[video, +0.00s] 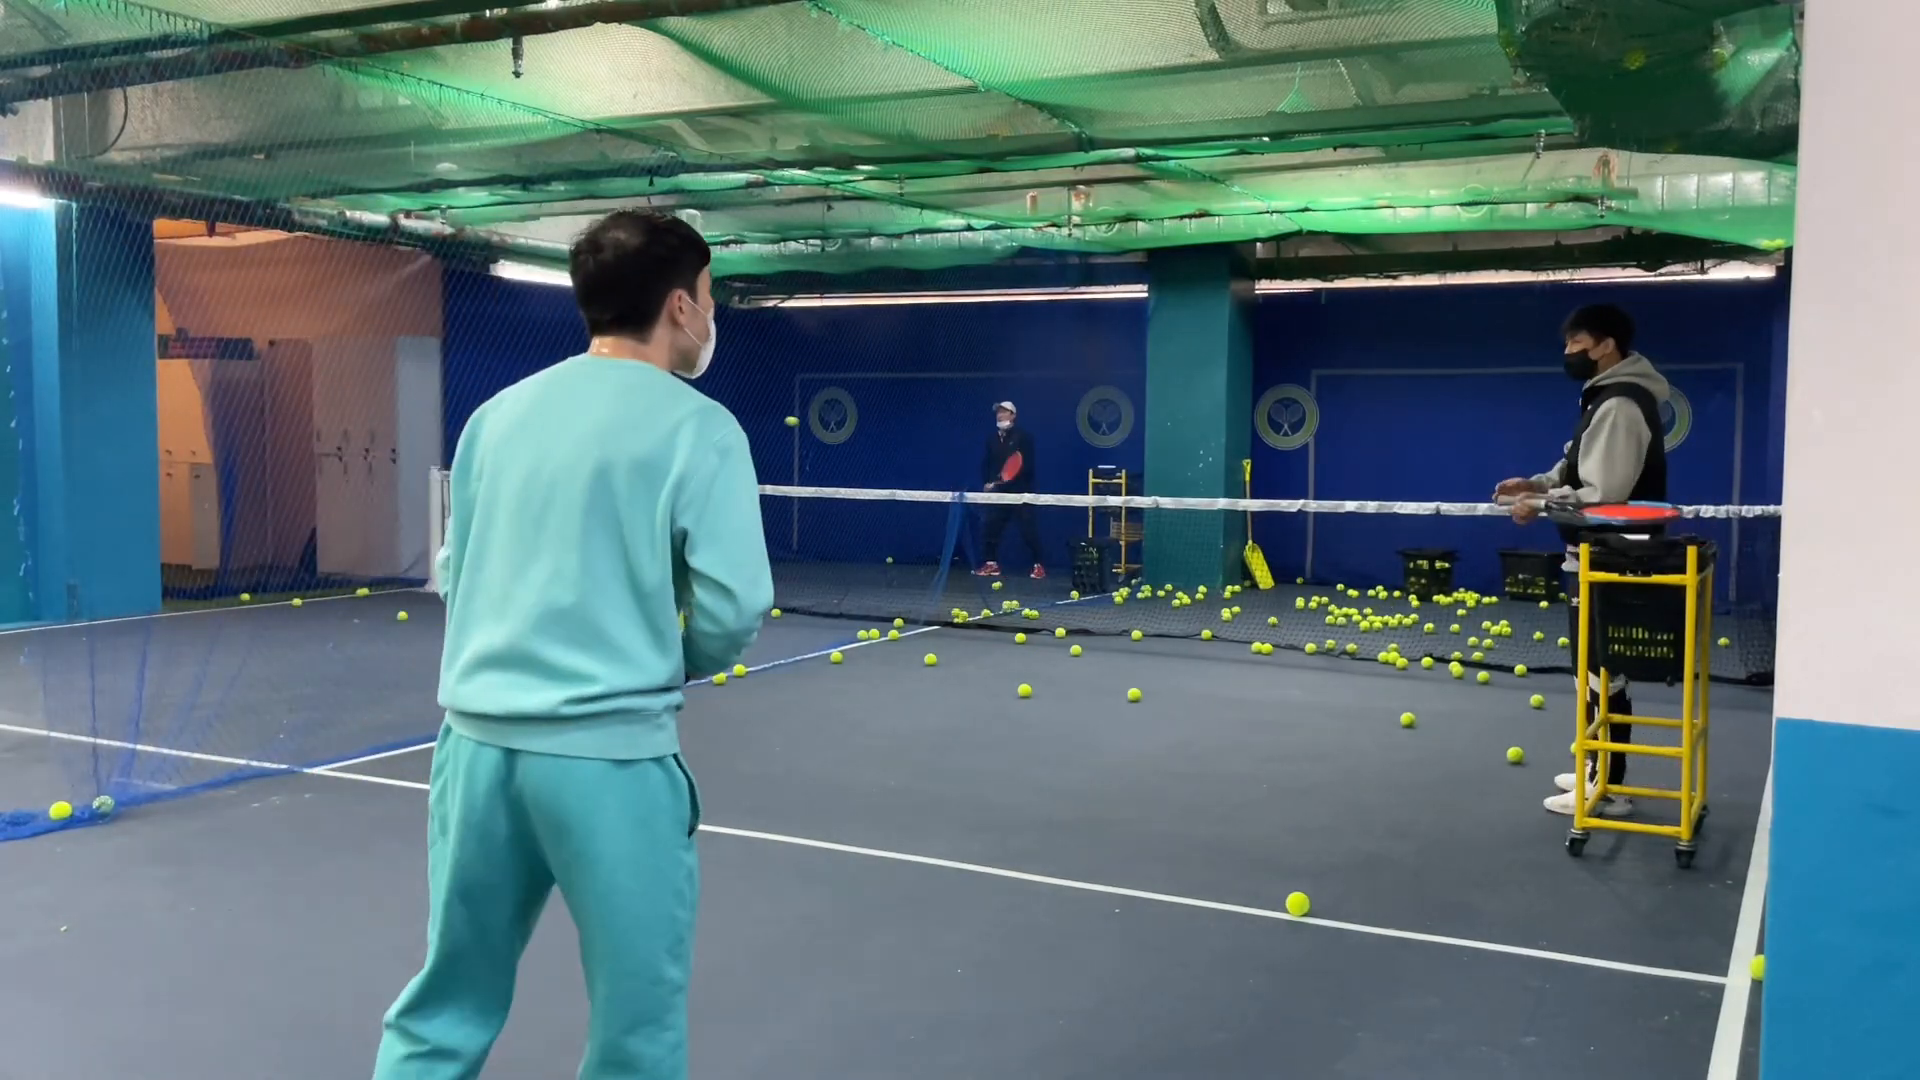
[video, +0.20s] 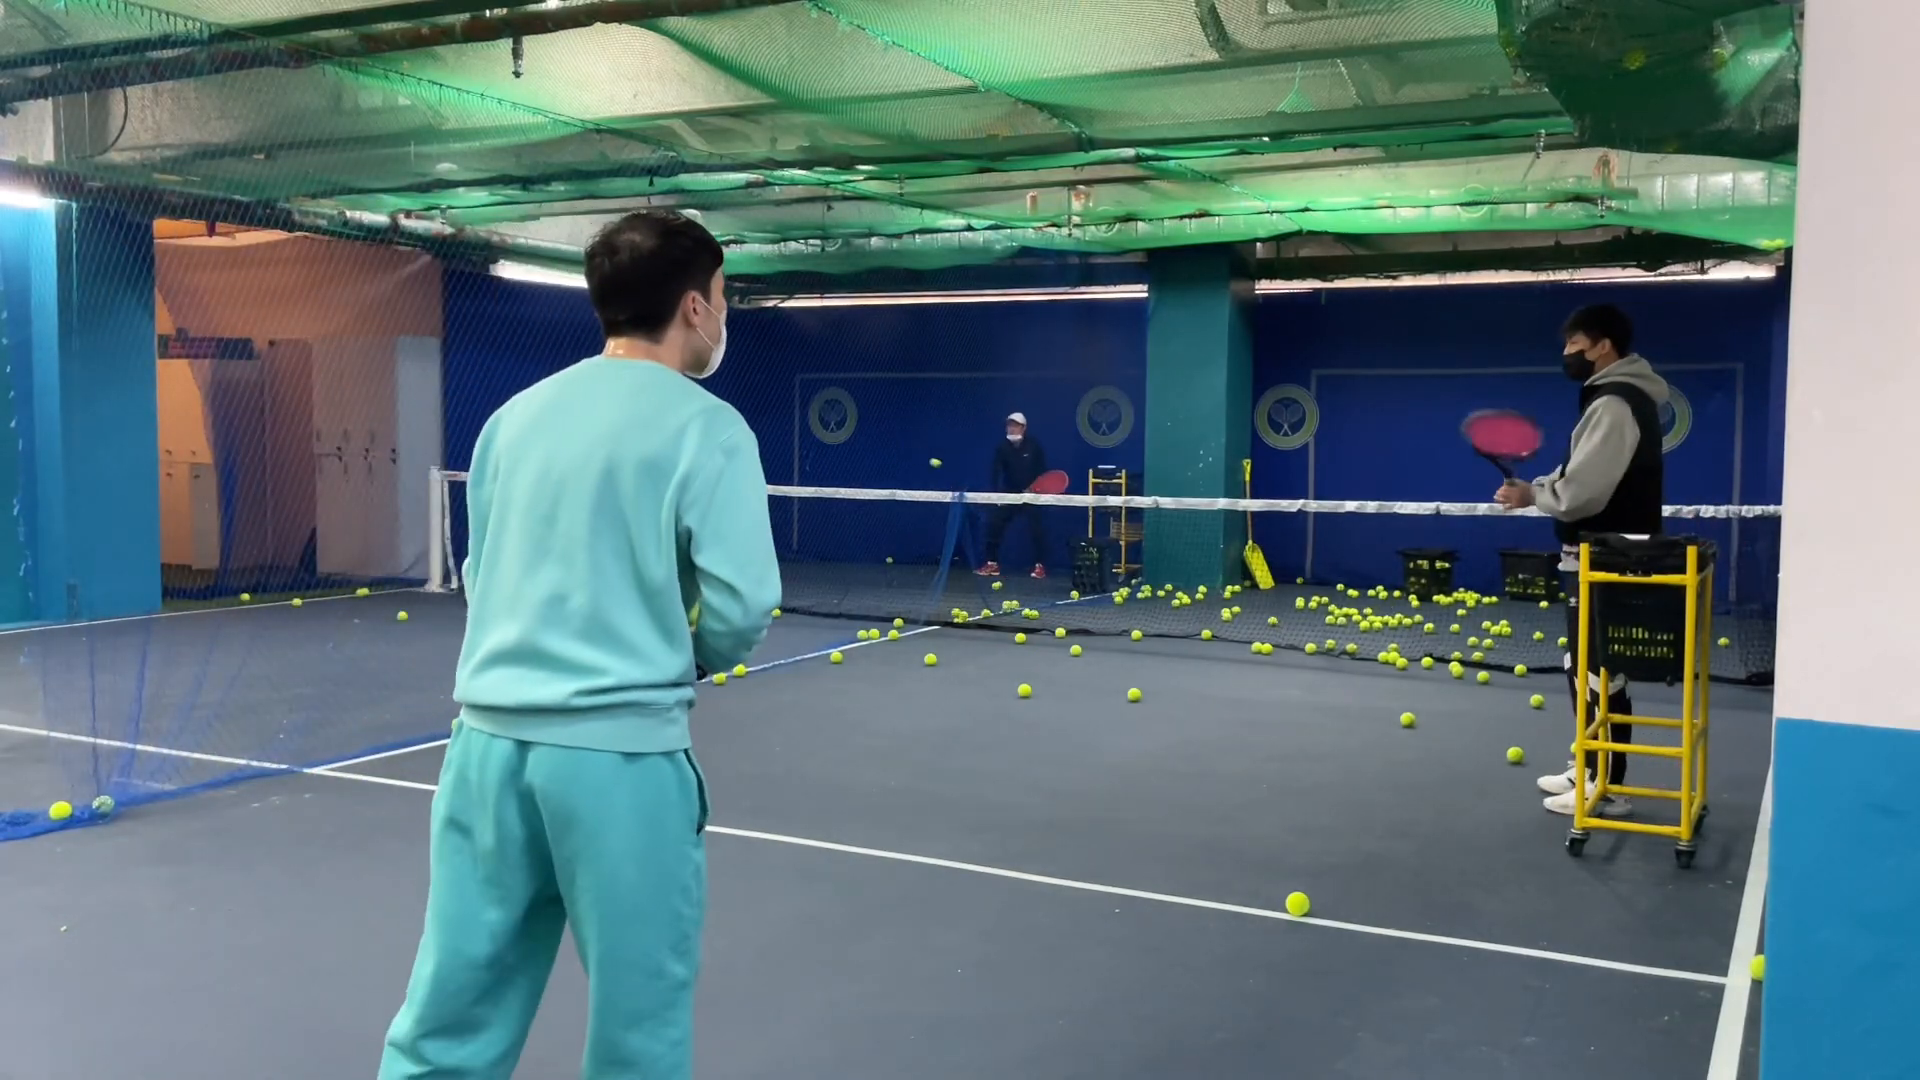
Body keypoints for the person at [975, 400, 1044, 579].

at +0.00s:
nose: (1000, 416)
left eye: (1004, 412)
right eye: (998, 413)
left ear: (1013, 415)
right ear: (995, 416)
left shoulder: (1023, 437)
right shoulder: (992, 439)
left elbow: (1027, 465)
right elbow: (986, 463)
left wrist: (1006, 480)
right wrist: (987, 481)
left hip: (1020, 488)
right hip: (998, 489)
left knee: (1028, 527)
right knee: (992, 525)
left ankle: (1037, 564)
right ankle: (991, 563)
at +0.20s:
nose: (1011, 429)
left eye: (1015, 426)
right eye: (1009, 425)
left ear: (1023, 428)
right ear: (1006, 428)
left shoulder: (1033, 447)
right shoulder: (1002, 448)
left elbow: (1041, 472)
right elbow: (996, 473)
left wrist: (1033, 489)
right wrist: (996, 494)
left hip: (1031, 494)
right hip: (1008, 494)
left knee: (1036, 528)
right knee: (995, 523)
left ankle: (1039, 565)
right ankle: (992, 563)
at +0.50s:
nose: (1034, 443)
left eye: (1037, 440)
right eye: (1031, 440)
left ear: (1042, 442)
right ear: (1025, 440)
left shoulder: (1048, 460)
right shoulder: (1015, 458)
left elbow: (1054, 486)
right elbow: (1001, 482)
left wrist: (1046, 490)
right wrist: (990, 501)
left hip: (1039, 503)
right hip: (1014, 501)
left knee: (1046, 526)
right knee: (997, 522)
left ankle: (1034, 566)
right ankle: (992, 563)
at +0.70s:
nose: (1043, 437)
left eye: (1047, 434)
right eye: (1040, 433)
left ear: (1050, 437)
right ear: (1034, 433)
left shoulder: (1054, 456)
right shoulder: (1023, 452)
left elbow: (1057, 480)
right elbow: (1003, 472)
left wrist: (1043, 470)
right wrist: (995, 494)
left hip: (1043, 499)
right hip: (1018, 496)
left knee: (1045, 532)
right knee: (1005, 530)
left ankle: (1033, 566)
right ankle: (992, 563)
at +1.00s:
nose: (1036, 421)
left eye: (1040, 417)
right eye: (1034, 417)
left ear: (1046, 421)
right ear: (1029, 419)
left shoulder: (1052, 441)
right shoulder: (1019, 440)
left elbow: (1062, 471)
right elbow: (1005, 468)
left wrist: (1055, 461)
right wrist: (1000, 494)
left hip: (1042, 491)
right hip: (1018, 490)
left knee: (1041, 529)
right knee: (1017, 528)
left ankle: (1033, 565)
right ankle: (1016, 563)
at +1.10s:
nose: (1031, 418)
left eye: (1035, 415)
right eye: (1029, 414)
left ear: (1042, 418)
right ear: (1025, 417)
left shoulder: (1049, 439)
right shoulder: (1016, 439)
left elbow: (1063, 467)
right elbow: (1003, 466)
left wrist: (1072, 461)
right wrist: (996, 491)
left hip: (1041, 491)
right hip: (1017, 490)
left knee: (1041, 529)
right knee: (1017, 528)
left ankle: (1034, 565)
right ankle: (1019, 565)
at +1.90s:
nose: (1051, 411)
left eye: (1055, 408)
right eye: (1049, 408)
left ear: (1063, 412)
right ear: (1045, 410)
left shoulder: (1069, 435)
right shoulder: (1036, 432)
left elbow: (1088, 454)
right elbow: (1026, 458)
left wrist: (1098, 469)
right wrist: (1019, 482)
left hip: (1058, 488)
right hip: (1034, 486)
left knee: (1059, 529)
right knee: (1026, 526)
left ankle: (1059, 566)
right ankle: (1026, 564)